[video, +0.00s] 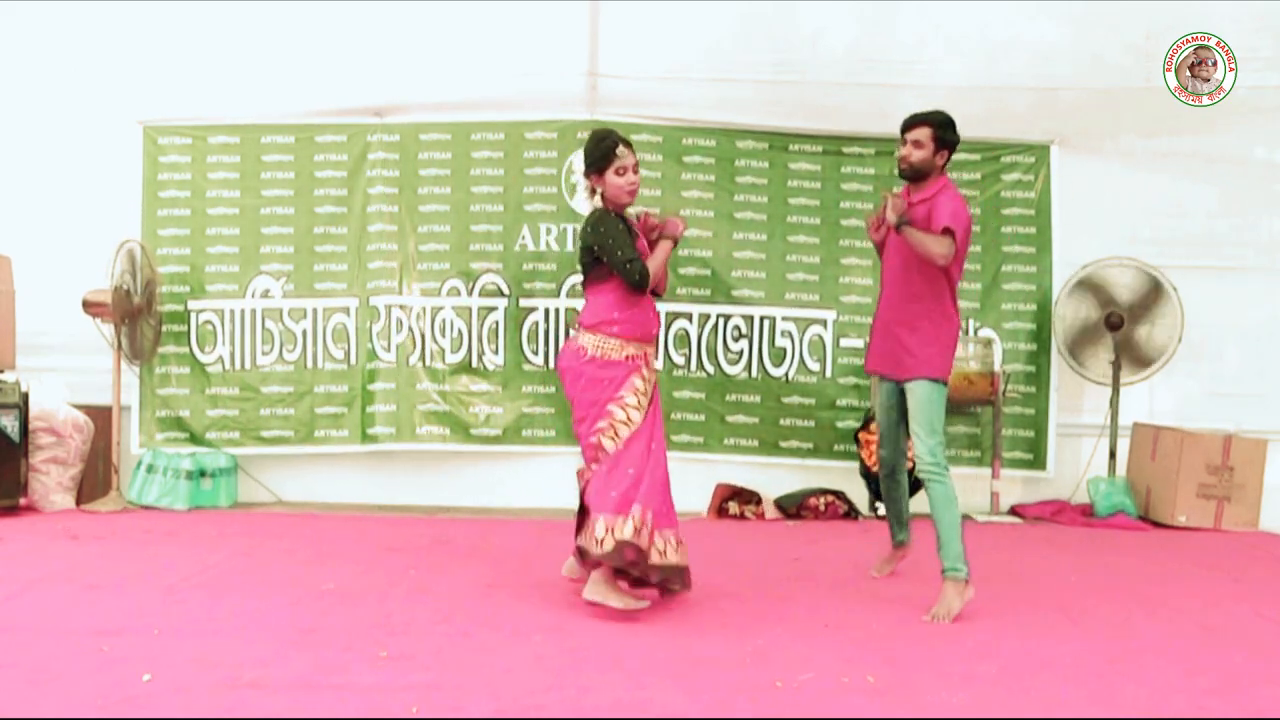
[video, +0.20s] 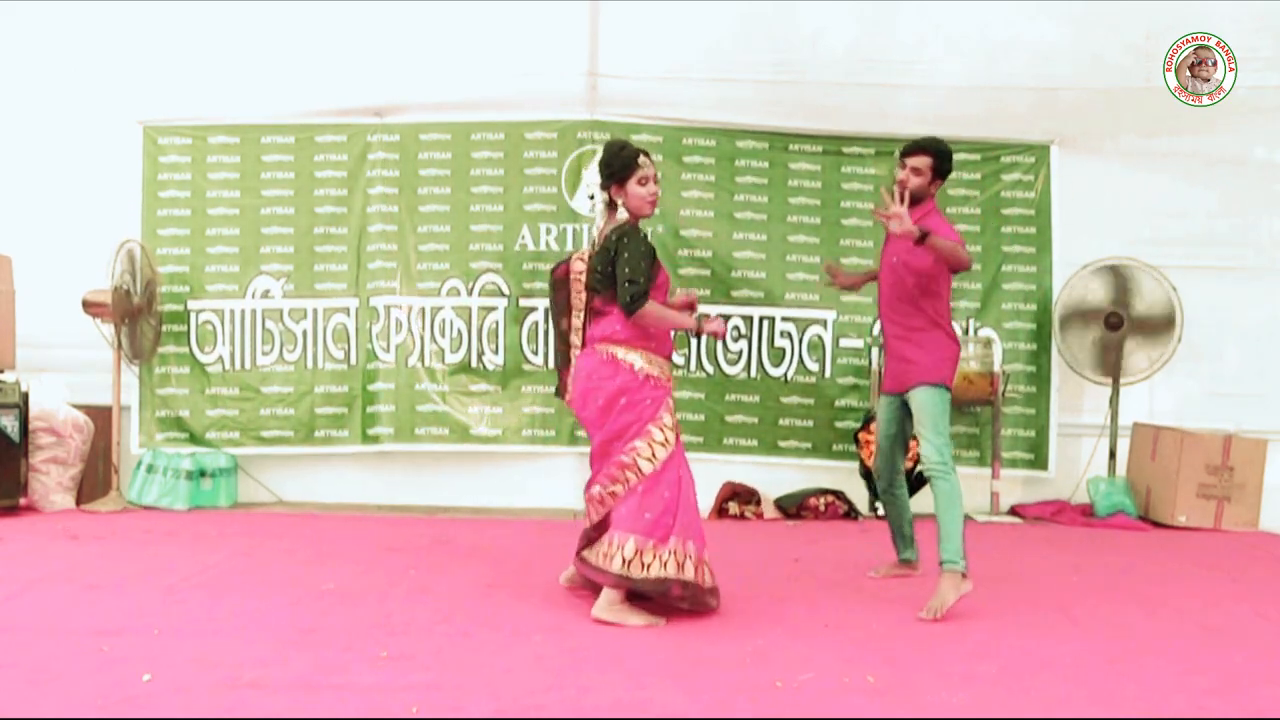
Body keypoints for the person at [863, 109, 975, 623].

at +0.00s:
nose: (906, 151)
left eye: (917, 145)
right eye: (904, 143)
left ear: (942, 154)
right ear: (902, 149)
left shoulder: (950, 201)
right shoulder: (900, 201)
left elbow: (944, 254)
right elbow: (895, 269)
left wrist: (901, 223)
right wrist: (882, 232)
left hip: (926, 347)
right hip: (886, 343)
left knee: (928, 459)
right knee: (888, 454)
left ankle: (955, 575)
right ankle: (899, 539)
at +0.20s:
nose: (907, 177)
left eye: (918, 172)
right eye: (904, 168)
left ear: (937, 181)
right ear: (897, 171)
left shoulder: (939, 226)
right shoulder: (896, 221)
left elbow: (961, 261)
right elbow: (895, 268)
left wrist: (918, 234)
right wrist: (858, 278)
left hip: (928, 357)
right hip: (895, 357)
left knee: (937, 460)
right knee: (886, 467)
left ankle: (953, 571)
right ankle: (906, 557)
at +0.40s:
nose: (917, 166)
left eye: (929, 161)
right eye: (914, 157)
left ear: (947, 172)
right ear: (906, 160)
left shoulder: (954, 215)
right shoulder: (901, 206)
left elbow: (993, 266)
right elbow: (894, 255)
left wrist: (971, 231)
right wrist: (852, 250)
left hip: (944, 351)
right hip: (903, 351)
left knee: (935, 453)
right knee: (911, 463)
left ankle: (976, 564)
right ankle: (912, 556)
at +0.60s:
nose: (946, 170)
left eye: (956, 163)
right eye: (937, 162)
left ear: (968, 175)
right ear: (923, 173)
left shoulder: (987, 237)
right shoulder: (898, 235)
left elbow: (1004, 311)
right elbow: (880, 311)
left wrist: (968, 326)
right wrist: (923, 319)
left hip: (969, 377)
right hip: (914, 376)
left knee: (969, 487)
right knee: (896, 483)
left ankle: (952, 579)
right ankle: (904, 542)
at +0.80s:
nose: (973, 129)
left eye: (977, 121)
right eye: (961, 123)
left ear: (985, 129)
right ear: (939, 135)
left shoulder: (991, 191)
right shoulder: (929, 182)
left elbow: (1022, 257)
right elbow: (919, 240)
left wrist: (1014, 222)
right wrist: (973, 207)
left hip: (981, 338)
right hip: (938, 332)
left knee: (974, 458)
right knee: (955, 445)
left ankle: (928, 562)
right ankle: (910, 536)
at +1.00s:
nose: (996, 130)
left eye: (995, 121)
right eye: (984, 126)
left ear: (994, 134)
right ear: (958, 144)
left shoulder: (983, 197)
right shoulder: (968, 189)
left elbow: (980, 292)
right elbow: (953, 232)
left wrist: (1032, 295)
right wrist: (1033, 250)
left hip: (977, 355)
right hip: (984, 358)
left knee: (952, 474)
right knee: (1011, 475)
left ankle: (906, 567)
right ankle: (985, 610)